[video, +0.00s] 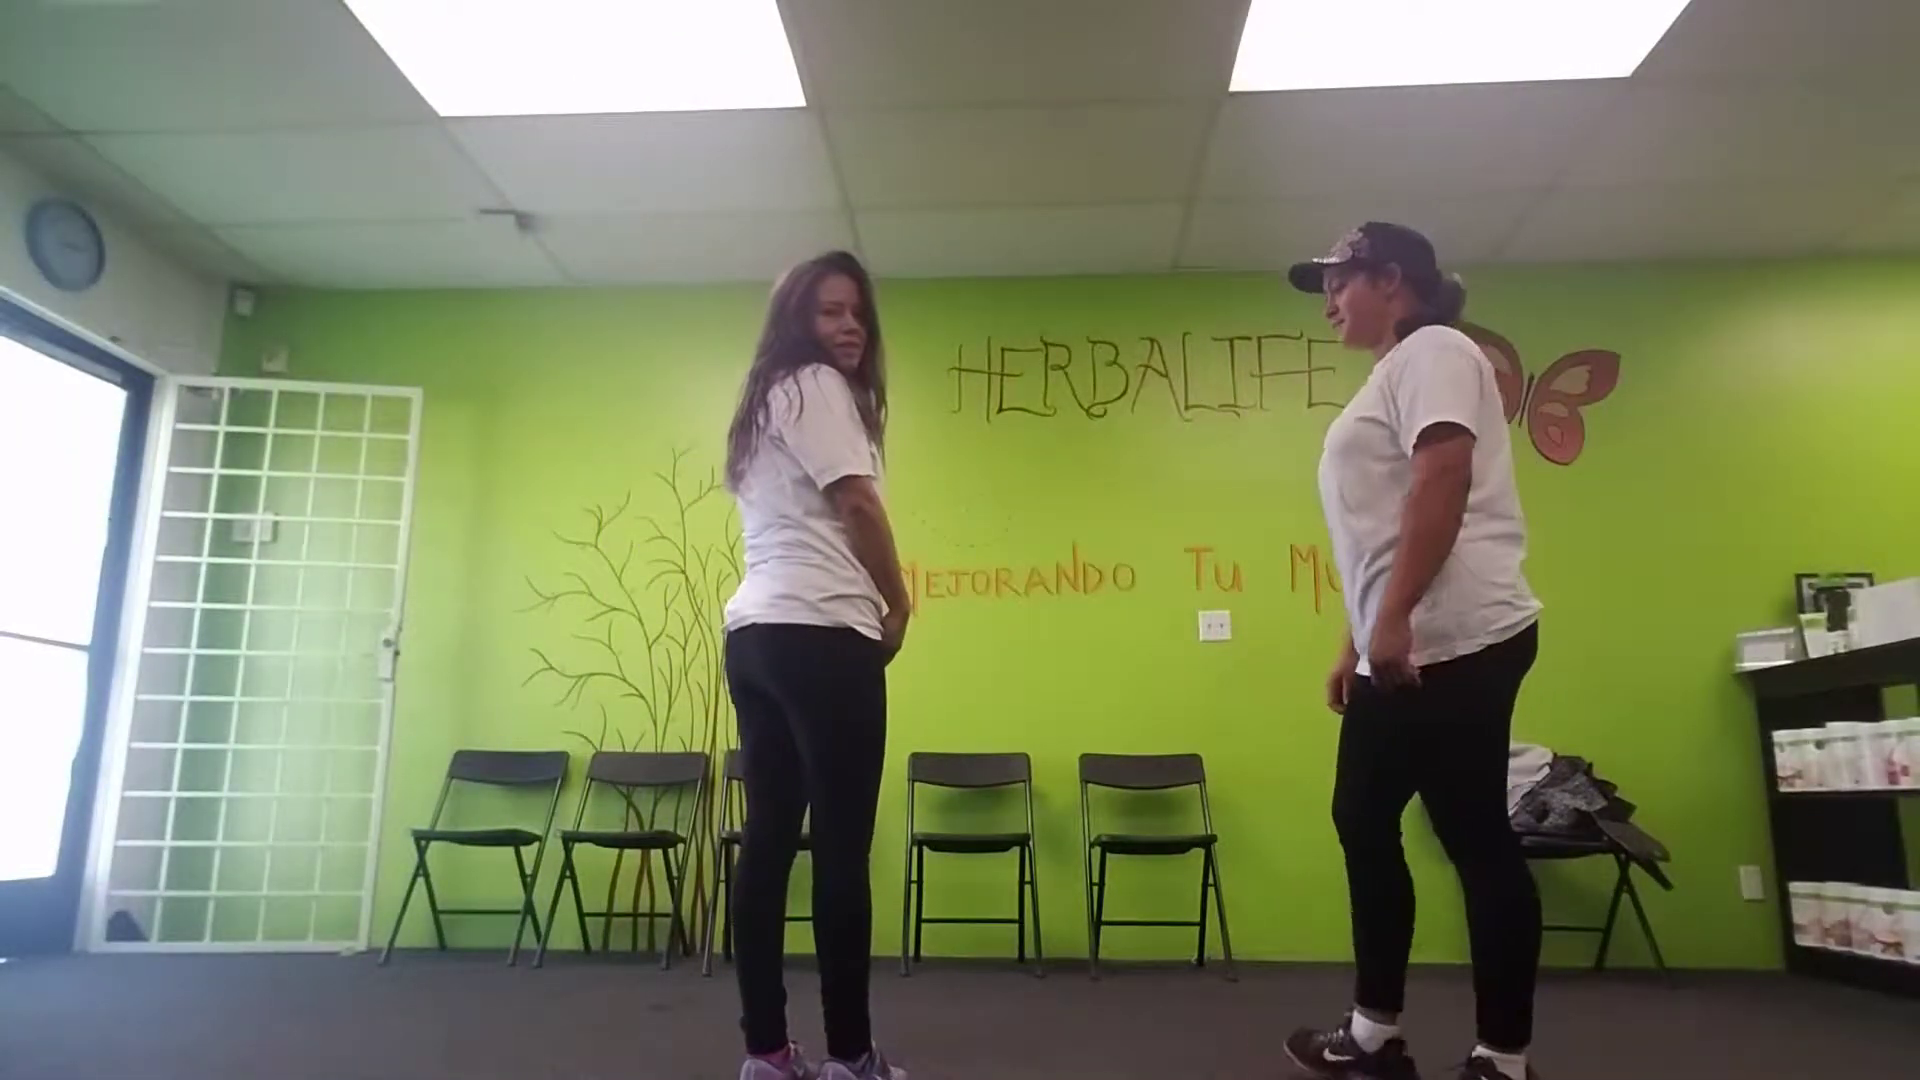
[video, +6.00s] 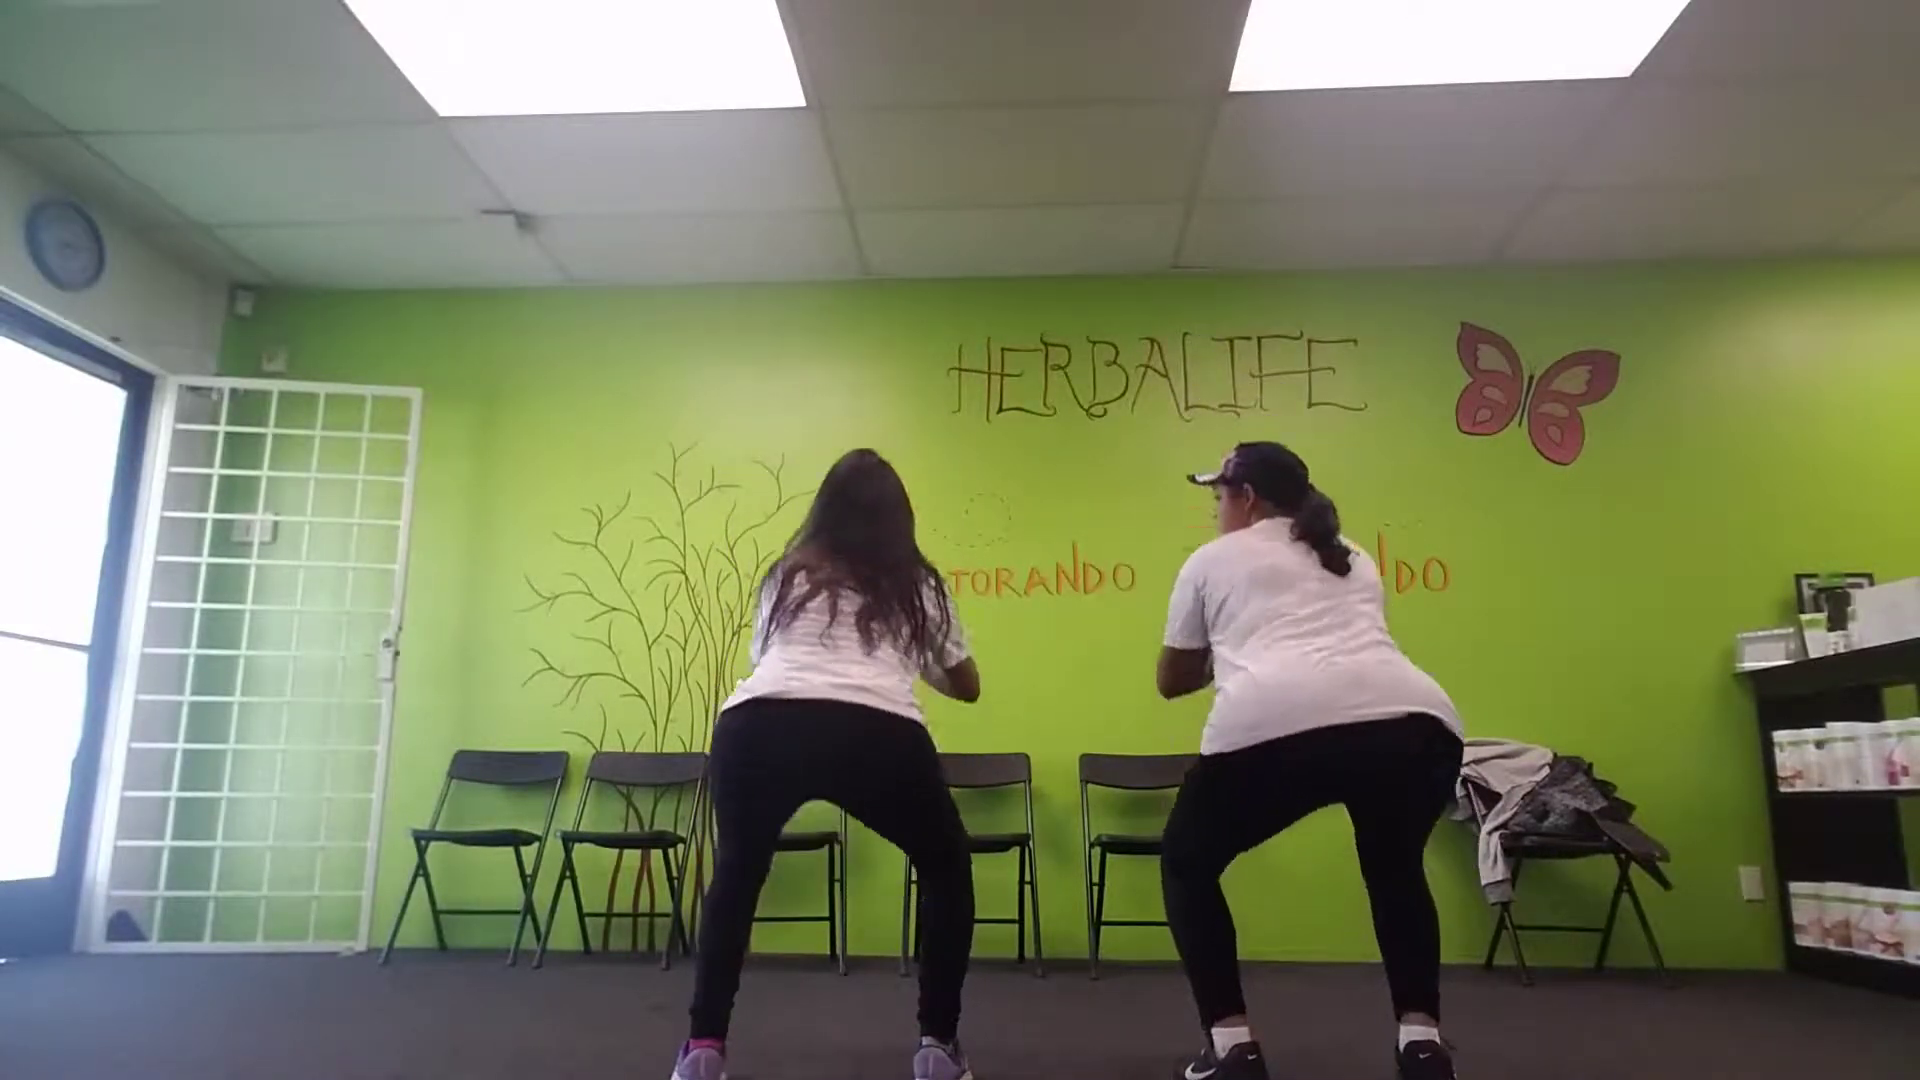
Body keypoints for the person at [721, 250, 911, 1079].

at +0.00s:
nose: (847, 325)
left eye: (855, 312)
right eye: (829, 312)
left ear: (866, 322)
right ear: (796, 320)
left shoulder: (767, 395)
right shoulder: (818, 386)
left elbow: (778, 525)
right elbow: (856, 504)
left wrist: (865, 601)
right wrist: (899, 598)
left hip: (756, 633)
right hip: (821, 631)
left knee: (767, 840)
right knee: (843, 848)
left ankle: (765, 1051)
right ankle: (850, 1056)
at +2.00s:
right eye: (866, 337)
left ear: (786, 340)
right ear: (870, 346)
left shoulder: (748, 423)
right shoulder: (897, 423)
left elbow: (737, 549)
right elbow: (919, 540)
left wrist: (812, 528)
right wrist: (852, 502)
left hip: (766, 648)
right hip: (871, 652)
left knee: (741, 846)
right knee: (893, 854)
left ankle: (706, 1050)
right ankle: (924, 1052)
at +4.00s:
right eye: (888, 491)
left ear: (805, 491)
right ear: (885, 499)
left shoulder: (764, 557)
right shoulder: (904, 562)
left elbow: (751, 643)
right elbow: (959, 660)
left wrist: (816, 636)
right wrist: (891, 620)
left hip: (754, 715)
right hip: (869, 721)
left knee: (719, 866)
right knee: (935, 867)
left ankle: (698, 1048)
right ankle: (935, 1049)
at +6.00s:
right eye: (901, 507)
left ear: (823, 509)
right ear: (899, 515)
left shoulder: (784, 571)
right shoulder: (917, 581)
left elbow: (761, 660)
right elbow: (966, 684)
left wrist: (824, 653)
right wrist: (902, 643)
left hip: (762, 725)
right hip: (874, 732)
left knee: (737, 871)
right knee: (946, 867)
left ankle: (704, 1049)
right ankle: (938, 1048)